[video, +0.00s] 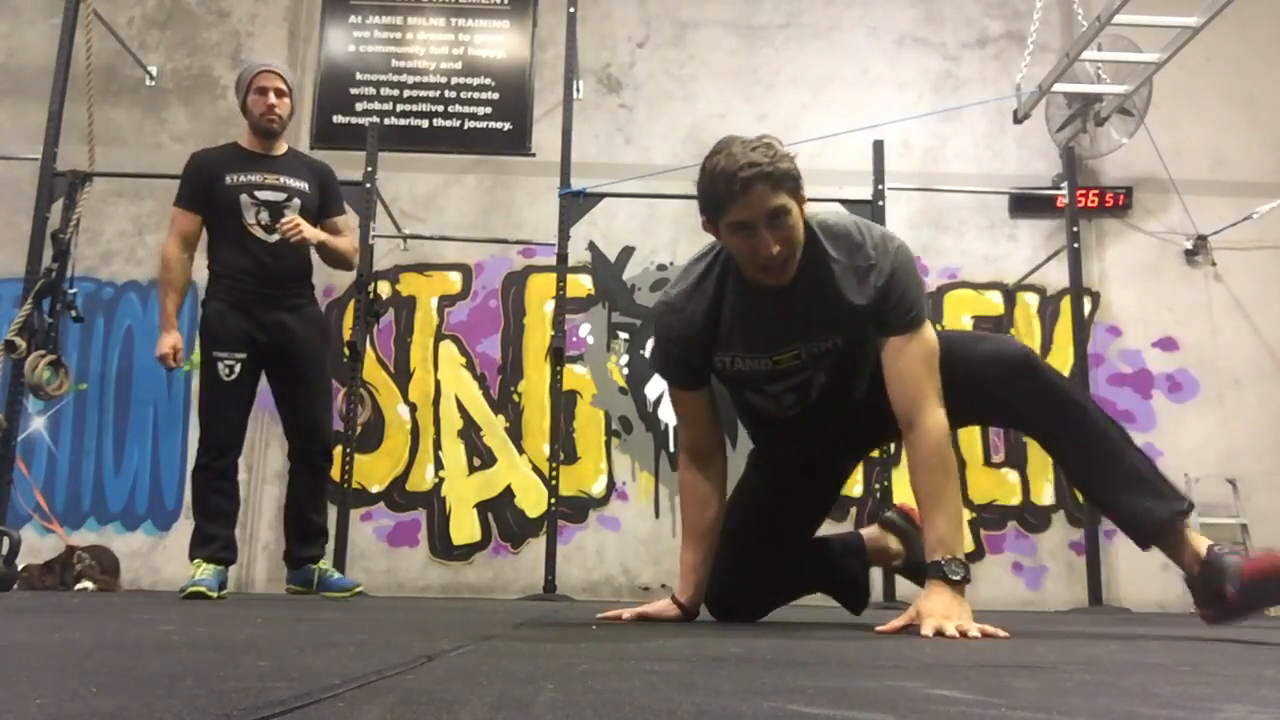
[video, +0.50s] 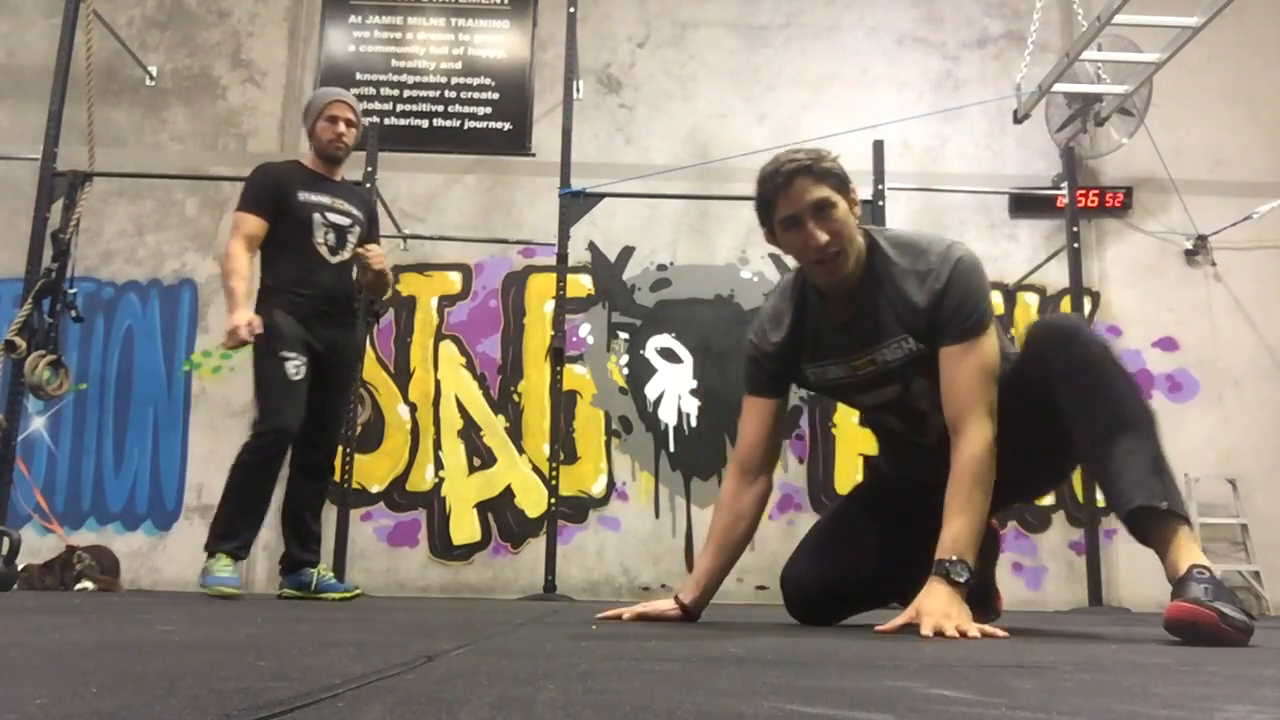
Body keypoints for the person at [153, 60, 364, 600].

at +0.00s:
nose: (272, 101)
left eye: (280, 94)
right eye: (261, 93)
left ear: (292, 107)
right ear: (242, 105)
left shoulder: (317, 174)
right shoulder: (209, 166)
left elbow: (349, 255)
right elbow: (179, 246)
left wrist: (316, 235)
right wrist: (170, 326)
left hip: (298, 323)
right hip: (231, 320)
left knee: (314, 445)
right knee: (218, 446)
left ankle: (305, 565)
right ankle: (211, 563)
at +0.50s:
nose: (342, 129)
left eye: (350, 123)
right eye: (332, 120)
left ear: (357, 137)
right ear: (309, 128)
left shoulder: (363, 198)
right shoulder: (275, 178)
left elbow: (375, 286)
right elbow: (239, 244)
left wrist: (379, 272)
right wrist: (239, 308)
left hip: (342, 331)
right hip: (285, 321)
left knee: (318, 452)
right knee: (277, 430)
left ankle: (300, 569)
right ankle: (225, 555)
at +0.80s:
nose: (377, 137)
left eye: (385, 130)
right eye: (369, 125)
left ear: (388, 140)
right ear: (343, 127)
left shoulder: (368, 198)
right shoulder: (312, 169)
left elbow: (354, 281)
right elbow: (273, 233)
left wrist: (395, 277)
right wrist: (295, 292)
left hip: (347, 329)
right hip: (310, 323)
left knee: (324, 438)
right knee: (310, 436)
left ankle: (303, 563)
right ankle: (303, 561)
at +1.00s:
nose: (389, 126)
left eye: (397, 120)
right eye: (380, 114)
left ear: (398, 129)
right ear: (352, 115)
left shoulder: (363, 180)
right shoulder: (325, 159)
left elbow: (363, 269)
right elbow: (314, 227)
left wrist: (413, 292)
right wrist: (359, 289)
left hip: (346, 317)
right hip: (322, 314)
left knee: (340, 435)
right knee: (326, 435)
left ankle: (311, 563)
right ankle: (306, 566)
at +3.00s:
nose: (392, 123)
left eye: (395, 114)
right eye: (383, 112)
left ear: (376, 118)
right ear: (350, 109)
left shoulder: (356, 173)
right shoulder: (314, 157)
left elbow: (366, 264)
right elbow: (313, 233)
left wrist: (398, 324)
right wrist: (331, 307)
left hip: (356, 324)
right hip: (321, 319)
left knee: (331, 448)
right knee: (303, 440)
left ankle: (305, 563)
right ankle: (267, 565)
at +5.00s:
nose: (394, 129)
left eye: (396, 120)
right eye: (387, 118)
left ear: (365, 123)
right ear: (354, 116)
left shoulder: (353, 177)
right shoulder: (314, 161)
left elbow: (357, 266)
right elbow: (307, 237)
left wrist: (380, 333)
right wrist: (332, 314)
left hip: (350, 328)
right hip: (318, 324)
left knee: (326, 449)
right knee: (295, 440)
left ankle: (303, 563)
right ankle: (262, 565)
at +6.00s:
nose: (387, 116)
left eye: (386, 108)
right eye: (378, 107)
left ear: (358, 116)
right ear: (346, 112)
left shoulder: (355, 174)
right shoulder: (318, 162)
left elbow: (361, 266)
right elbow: (313, 241)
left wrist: (381, 336)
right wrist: (336, 317)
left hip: (349, 328)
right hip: (319, 323)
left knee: (323, 451)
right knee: (296, 441)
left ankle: (302, 564)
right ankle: (263, 566)